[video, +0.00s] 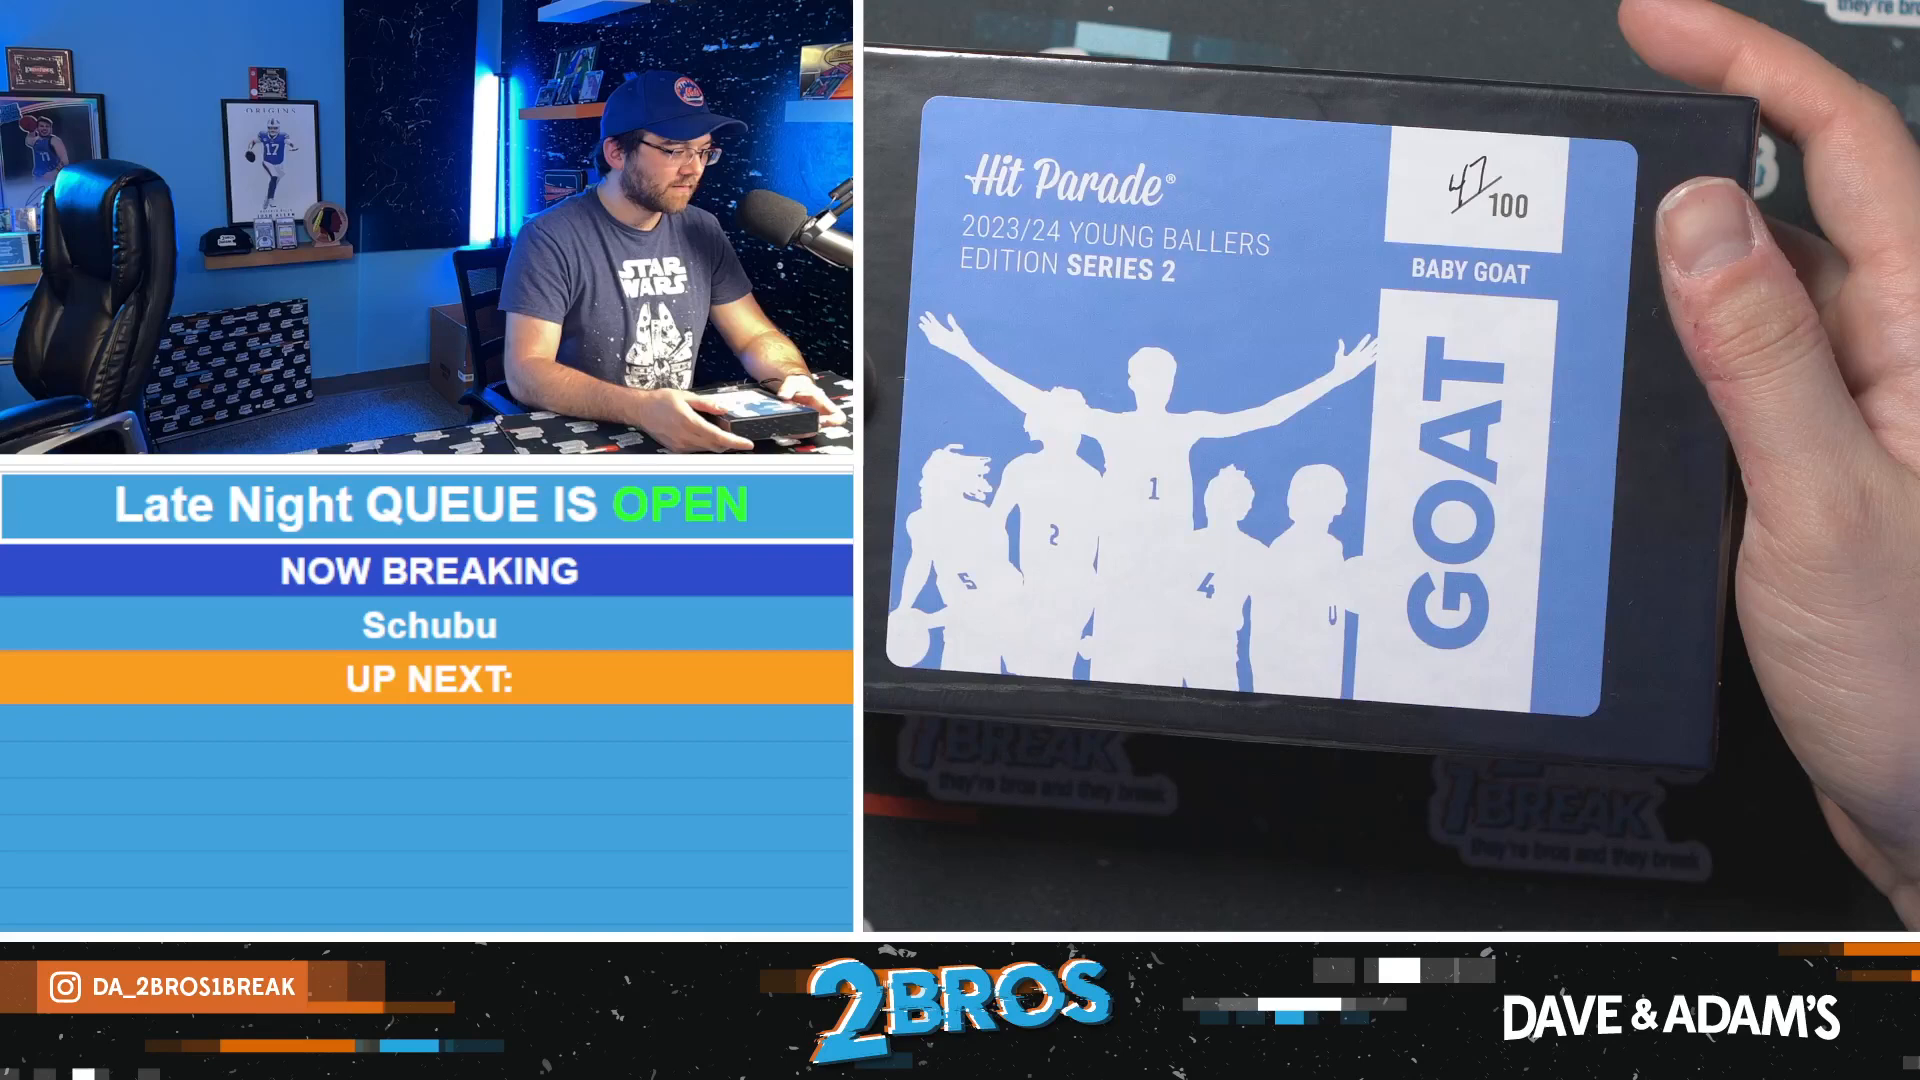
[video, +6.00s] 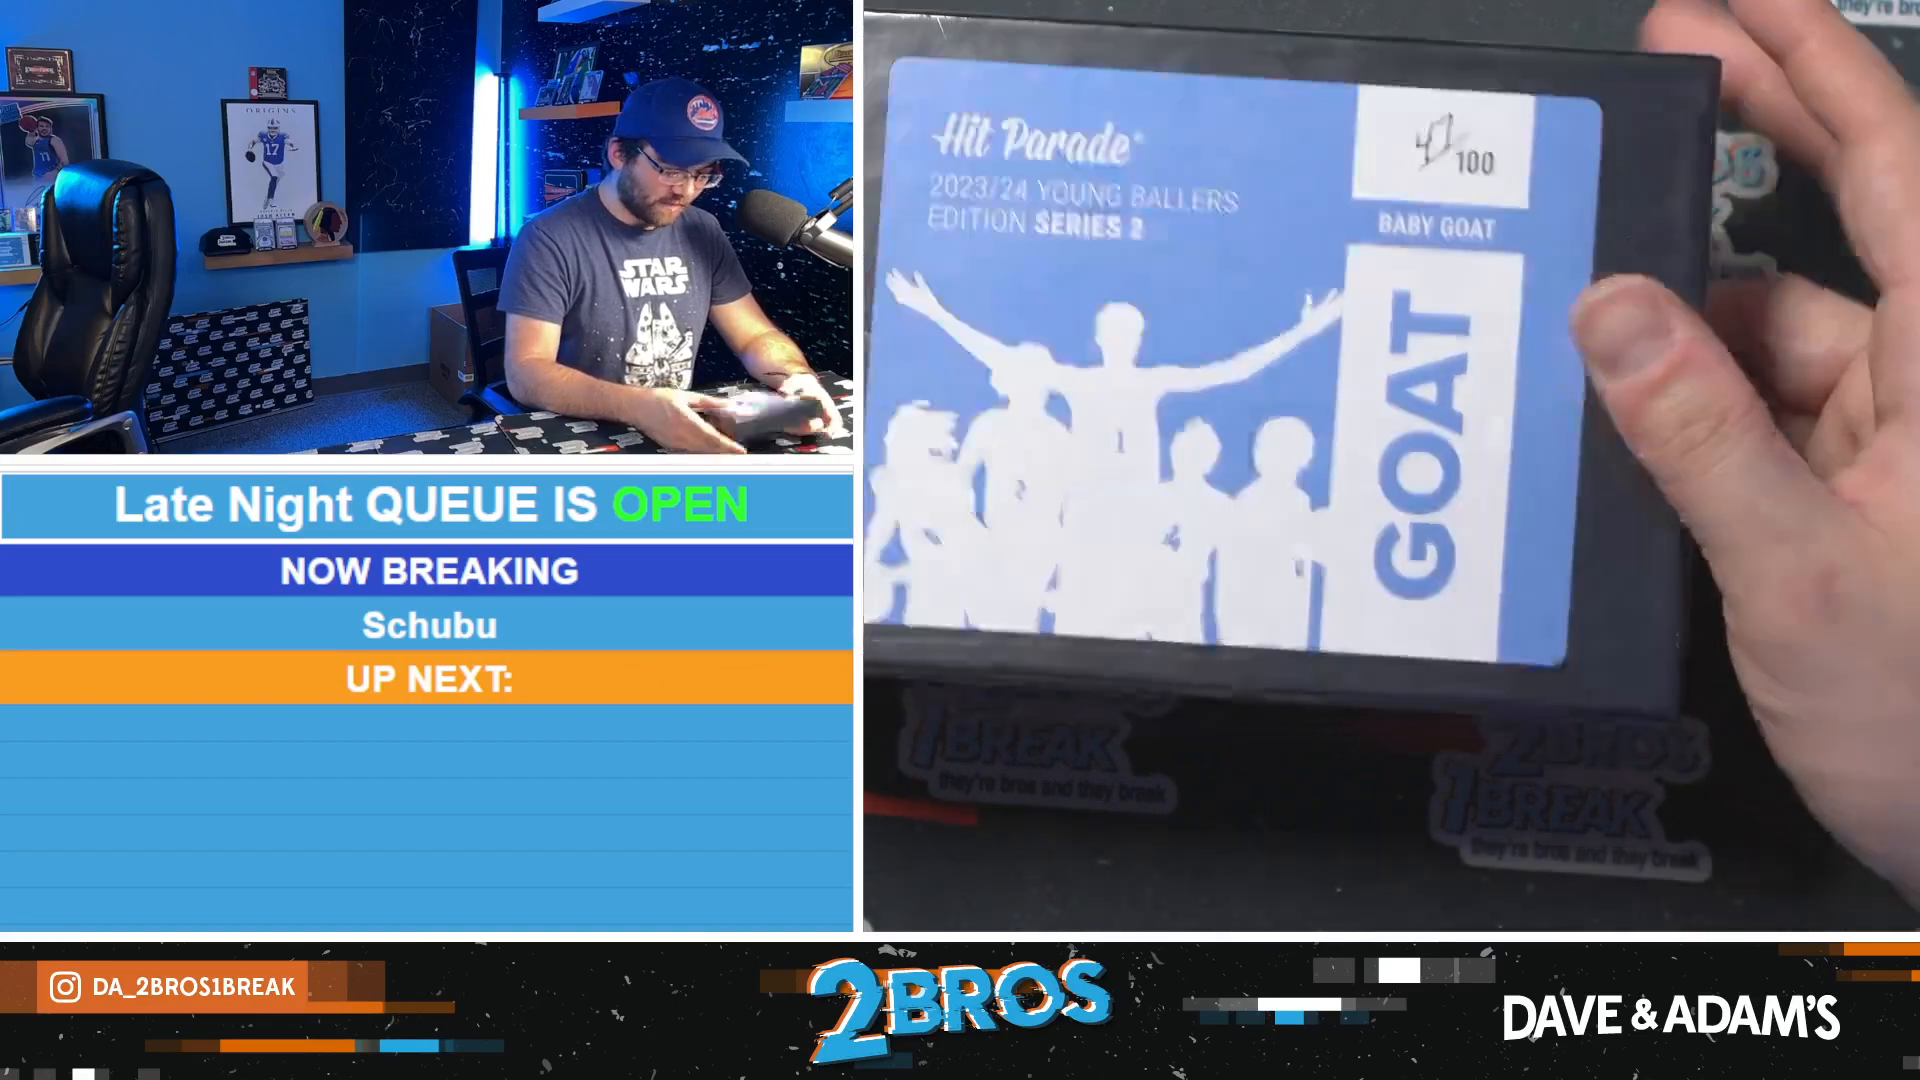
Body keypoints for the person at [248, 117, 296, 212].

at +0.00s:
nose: (273, 130)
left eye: (275, 128)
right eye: (271, 128)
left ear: (278, 128)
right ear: (268, 128)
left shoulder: (283, 136)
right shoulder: (263, 136)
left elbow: (290, 143)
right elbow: (253, 141)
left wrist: (292, 147)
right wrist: (250, 149)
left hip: (279, 164)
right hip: (267, 162)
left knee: (276, 182)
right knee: (274, 176)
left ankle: (267, 200)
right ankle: (270, 199)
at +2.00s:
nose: (273, 130)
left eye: (275, 128)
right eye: (271, 128)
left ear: (278, 128)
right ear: (268, 128)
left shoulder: (283, 136)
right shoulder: (263, 136)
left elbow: (290, 142)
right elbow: (253, 141)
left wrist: (292, 147)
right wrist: (250, 149)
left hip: (279, 164)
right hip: (267, 162)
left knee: (275, 182)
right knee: (274, 176)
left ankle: (267, 199)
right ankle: (270, 199)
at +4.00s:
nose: (273, 130)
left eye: (275, 128)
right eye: (271, 128)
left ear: (278, 128)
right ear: (268, 128)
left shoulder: (283, 136)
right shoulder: (263, 136)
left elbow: (290, 143)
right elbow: (253, 141)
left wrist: (292, 147)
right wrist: (250, 149)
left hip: (279, 164)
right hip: (267, 162)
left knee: (276, 182)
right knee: (274, 176)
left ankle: (267, 200)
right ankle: (270, 199)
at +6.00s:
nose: (273, 130)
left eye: (275, 128)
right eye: (271, 128)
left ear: (278, 128)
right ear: (268, 128)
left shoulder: (283, 136)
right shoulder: (263, 136)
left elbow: (290, 142)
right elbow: (254, 141)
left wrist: (292, 147)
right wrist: (250, 148)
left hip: (279, 164)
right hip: (267, 162)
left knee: (275, 182)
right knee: (274, 176)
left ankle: (267, 200)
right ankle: (270, 199)